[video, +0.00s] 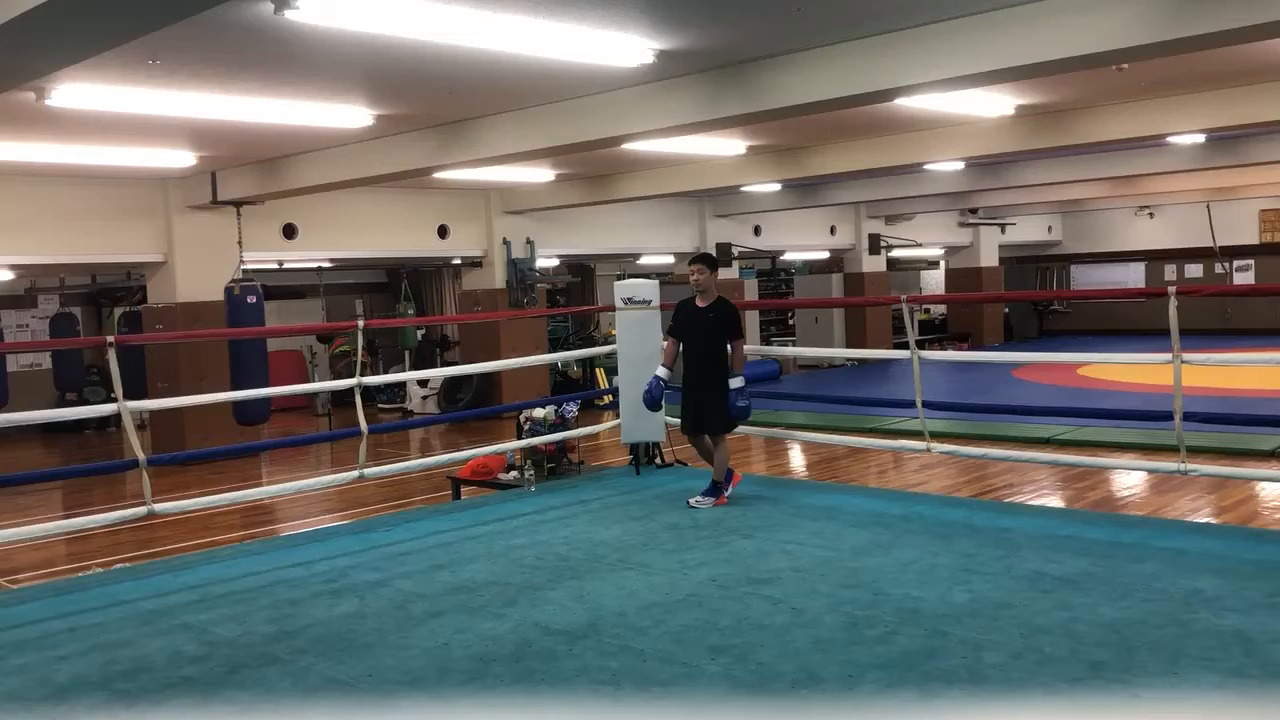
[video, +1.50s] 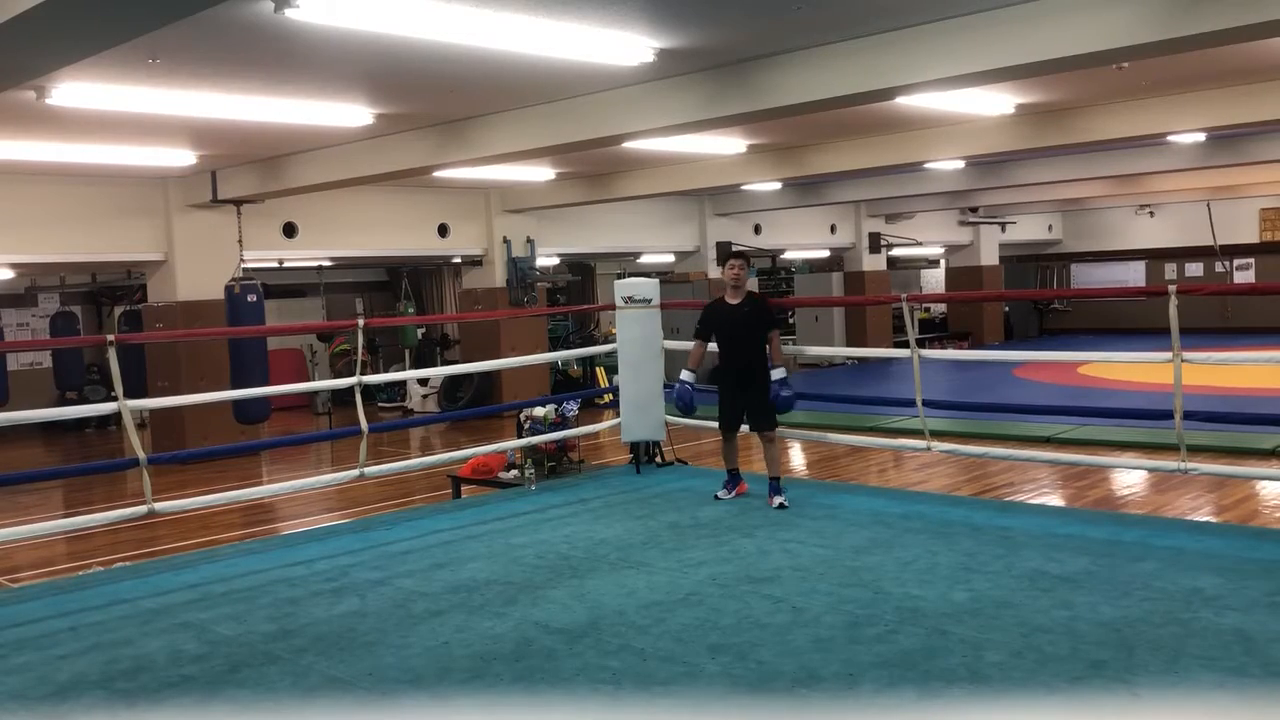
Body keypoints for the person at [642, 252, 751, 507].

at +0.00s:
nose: (694, 278)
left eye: (700, 273)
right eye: (691, 273)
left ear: (714, 275)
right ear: (689, 277)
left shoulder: (727, 309)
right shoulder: (684, 307)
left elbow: (737, 348)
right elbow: (672, 344)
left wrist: (738, 385)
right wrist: (660, 377)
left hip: (718, 382)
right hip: (691, 382)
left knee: (717, 435)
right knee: (691, 432)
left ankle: (717, 489)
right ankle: (726, 472)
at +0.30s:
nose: (697, 276)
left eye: (703, 271)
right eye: (693, 271)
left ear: (713, 275)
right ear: (688, 276)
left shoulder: (728, 304)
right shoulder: (687, 310)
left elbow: (744, 341)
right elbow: (679, 348)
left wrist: (749, 376)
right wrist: (670, 382)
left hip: (727, 377)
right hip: (703, 377)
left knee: (722, 432)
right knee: (708, 431)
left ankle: (717, 487)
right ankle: (731, 477)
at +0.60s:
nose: (693, 277)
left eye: (699, 272)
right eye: (689, 273)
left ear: (709, 276)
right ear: (684, 279)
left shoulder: (726, 301)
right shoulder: (690, 314)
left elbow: (744, 333)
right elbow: (693, 353)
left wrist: (753, 369)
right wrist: (693, 387)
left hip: (733, 376)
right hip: (710, 378)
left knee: (732, 432)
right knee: (717, 432)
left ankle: (731, 485)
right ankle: (734, 480)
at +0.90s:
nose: (697, 277)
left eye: (702, 271)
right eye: (692, 272)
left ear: (712, 275)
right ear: (687, 278)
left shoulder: (727, 300)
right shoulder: (692, 314)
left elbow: (745, 331)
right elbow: (697, 353)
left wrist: (751, 367)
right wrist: (700, 387)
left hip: (737, 375)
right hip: (712, 379)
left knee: (751, 428)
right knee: (723, 431)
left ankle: (768, 481)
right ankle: (734, 481)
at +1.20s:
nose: (710, 275)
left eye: (715, 270)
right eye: (705, 271)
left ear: (723, 275)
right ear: (699, 276)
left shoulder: (738, 300)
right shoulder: (696, 312)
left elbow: (754, 331)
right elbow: (691, 351)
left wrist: (751, 364)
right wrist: (684, 387)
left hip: (743, 374)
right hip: (718, 378)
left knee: (761, 428)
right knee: (724, 431)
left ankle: (777, 481)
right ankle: (734, 481)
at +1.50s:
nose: (736, 272)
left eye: (741, 268)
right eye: (731, 268)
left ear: (748, 274)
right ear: (723, 273)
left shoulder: (762, 305)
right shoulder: (713, 310)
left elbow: (774, 342)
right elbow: (699, 345)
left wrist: (780, 379)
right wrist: (685, 380)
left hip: (758, 380)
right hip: (728, 381)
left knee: (768, 434)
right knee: (727, 433)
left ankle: (775, 489)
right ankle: (733, 481)